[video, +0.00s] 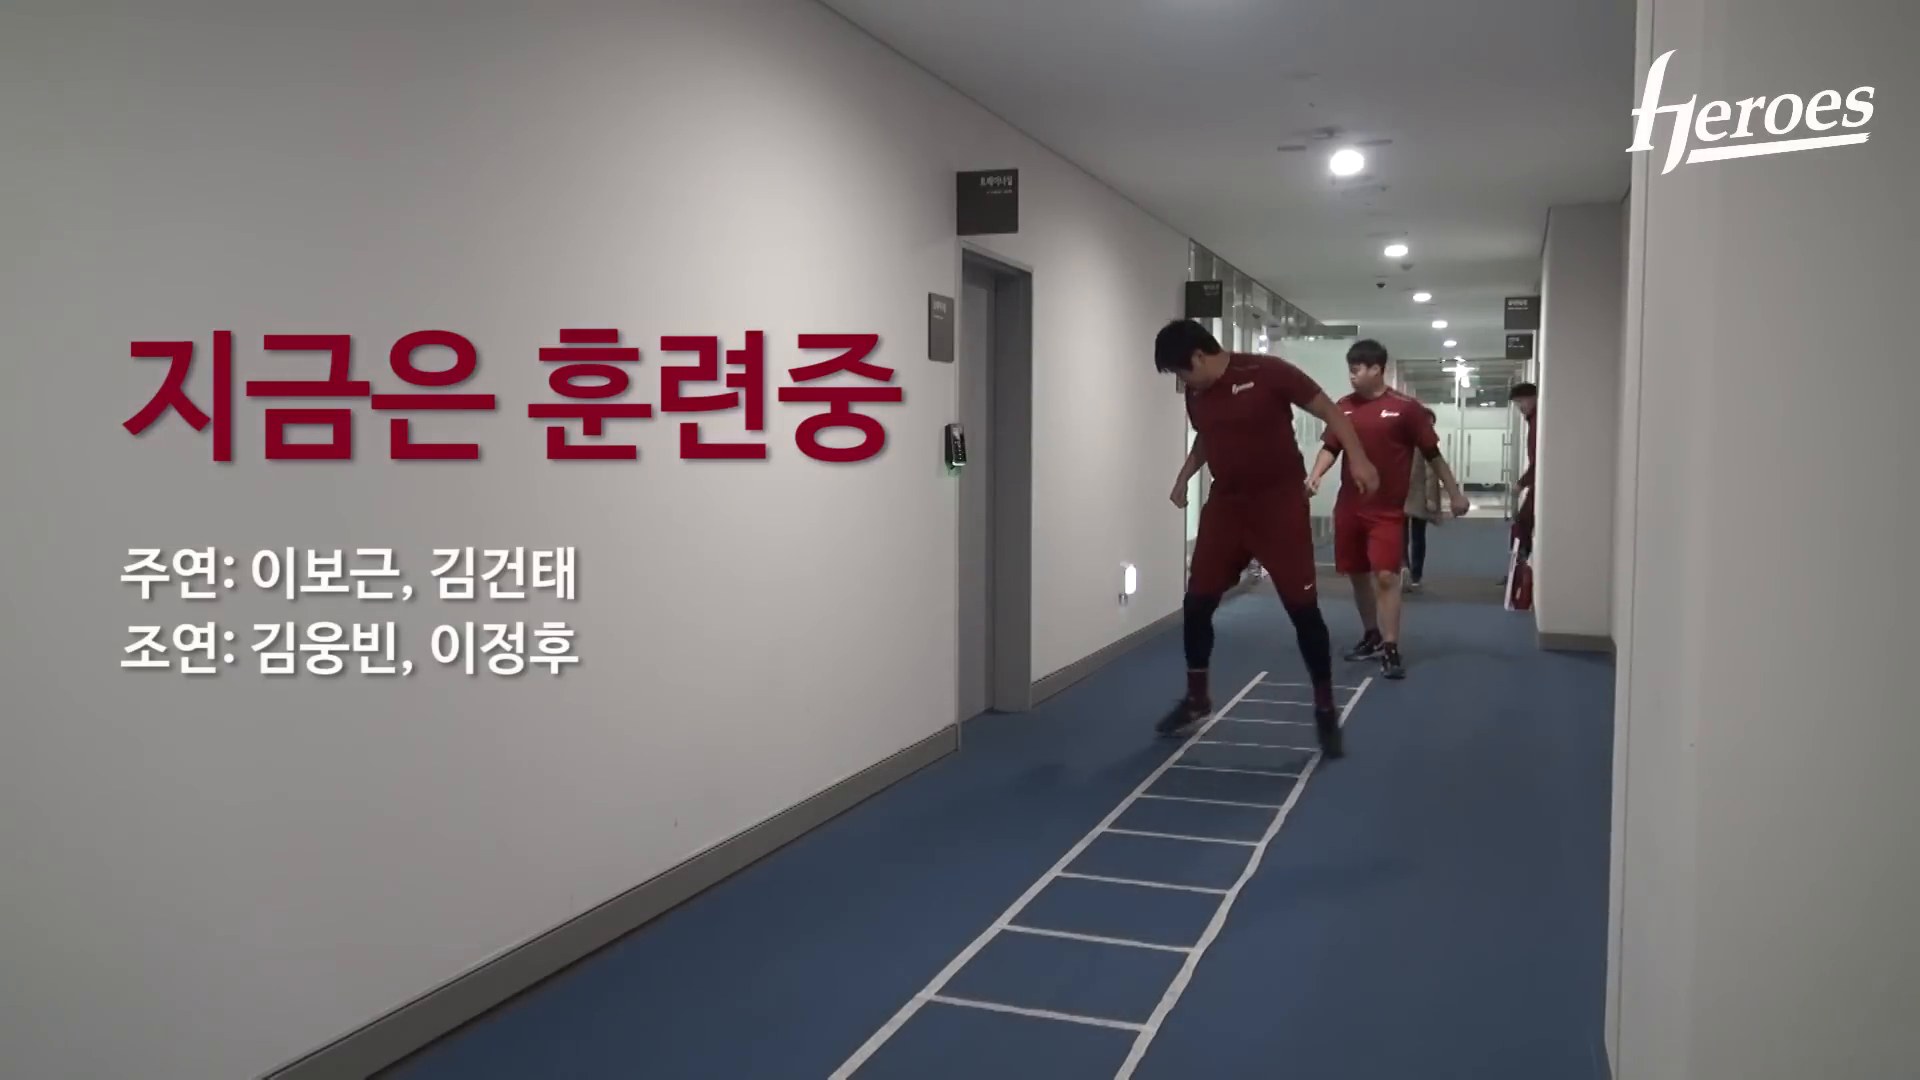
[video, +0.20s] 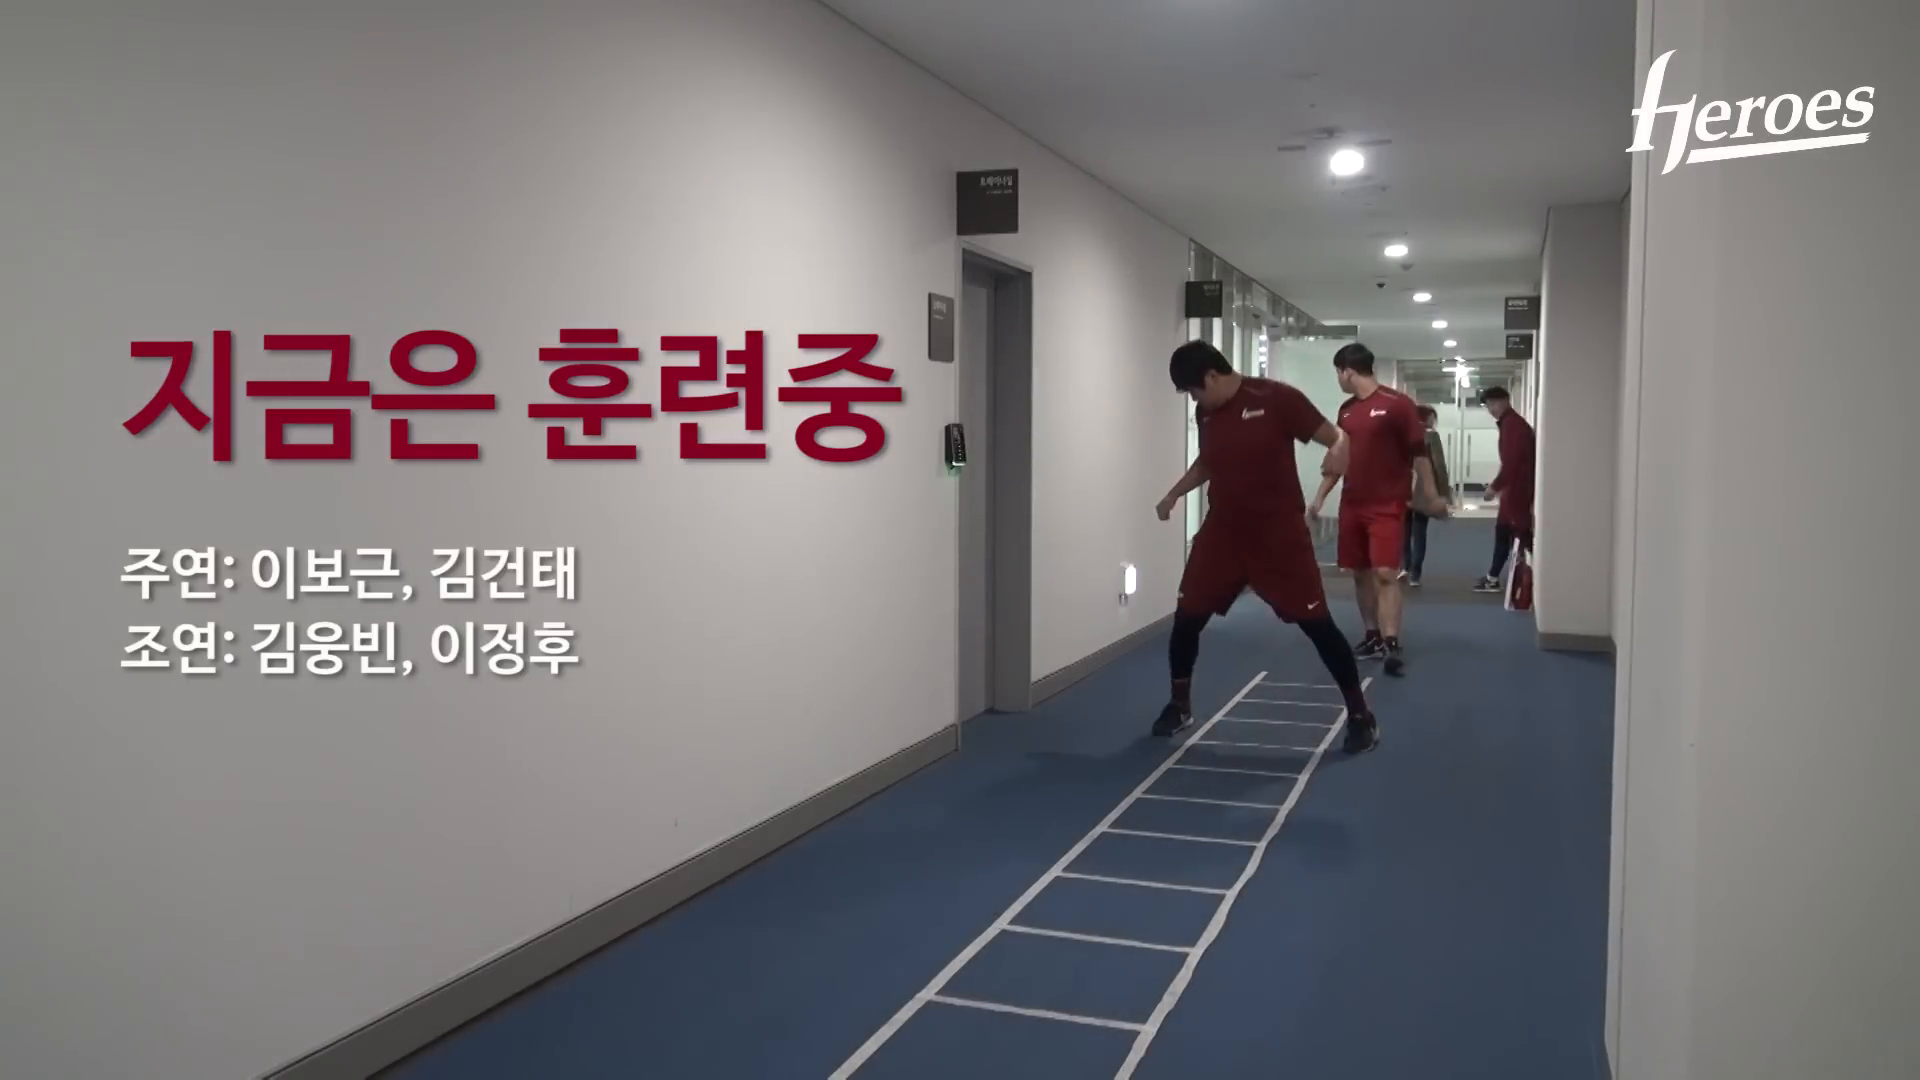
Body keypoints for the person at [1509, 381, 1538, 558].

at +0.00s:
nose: (1520, 407)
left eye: (1522, 402)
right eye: (1518, 403)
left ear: (1533, 399)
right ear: (1520, 403)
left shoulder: (1537, 421)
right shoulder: (1533, 421)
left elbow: (1537, 462)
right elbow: (1534, 461)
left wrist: (1521, 482)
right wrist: (1522, 482)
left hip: (1538, 484)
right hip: (1535, 483)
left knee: (1524, 522)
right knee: (1523, 522)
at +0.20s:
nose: (1490, 410)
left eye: (1491, 405)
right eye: (1488, 406)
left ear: (1501, 403)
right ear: (1502, 403)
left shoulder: (1510, 425)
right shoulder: (1515, 422)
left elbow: (1511, 463)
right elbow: (1513, 463)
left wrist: (1495, 486)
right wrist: (1498, 485)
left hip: (1516, 489)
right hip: (1523, 488)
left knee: (1503, 530)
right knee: (1524, 532)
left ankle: (1493, 577)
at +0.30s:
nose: (1477, 408)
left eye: (1479, 403)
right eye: (1475, 404)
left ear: (1490, 400)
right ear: (1489, 402)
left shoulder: (1497, 423)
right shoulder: (1497, 422)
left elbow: (1499, 460)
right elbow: (1500, 459)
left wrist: (1488, 486)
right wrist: (1489, 484)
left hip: (1506, 484)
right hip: (1507, 483)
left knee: (1494, 528)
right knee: (1494, 527)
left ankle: (1492, 577)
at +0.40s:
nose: (1466, 405)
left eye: (1468, 400)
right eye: (1465, 401)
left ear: (1480, 399)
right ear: (1474, 401)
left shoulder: (1486, 422)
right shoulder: (1483, 421)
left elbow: (1490, 457)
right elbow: (1487, 456)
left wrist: (1479, 485)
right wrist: (1479, 483)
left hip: (1493, 484)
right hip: (1492, 483)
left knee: (1472, 528)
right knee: (1486, 529)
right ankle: (1491, 574)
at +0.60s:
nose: (1444, 405)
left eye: (1447, 400)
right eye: (1442, 401)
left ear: (1457, 400)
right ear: (1445, 402)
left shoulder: (1465, 424)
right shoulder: (1455, 424)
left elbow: (1470, 457)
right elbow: (1446, 456)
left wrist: (1462, 484)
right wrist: (1422, 471)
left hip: (1467, 486)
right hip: (1467, 485)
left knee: (1443, 526)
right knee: (1475, 530)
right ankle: (1489, 575)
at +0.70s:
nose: (1432, 407)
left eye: (1435, 402)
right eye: (1429, 403)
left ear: (1445, 403)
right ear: (1428, 405)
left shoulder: (1451, 428)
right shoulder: (1440, 427)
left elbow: (1457, 461)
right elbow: (1432, 455)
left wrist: (1455, 490)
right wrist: (1413, 465)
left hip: (1449, 488)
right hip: (1448, 487)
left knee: (1430, 528)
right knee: (1459, 533)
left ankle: (1419, 571)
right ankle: (1485, 572)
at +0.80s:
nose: (1418, 405)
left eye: (1422, 401)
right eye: (1417, 401)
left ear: (1431, 403)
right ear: (1421, 403)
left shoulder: (1438, 427)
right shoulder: (1418, 426)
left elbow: (1444, 462)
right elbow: (1419, 461)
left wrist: (1444, 492)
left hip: (1433, 490)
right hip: (1420, 488)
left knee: (1429, 533)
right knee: (1414, 531)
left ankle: (1467, 562)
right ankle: (1409, 574)